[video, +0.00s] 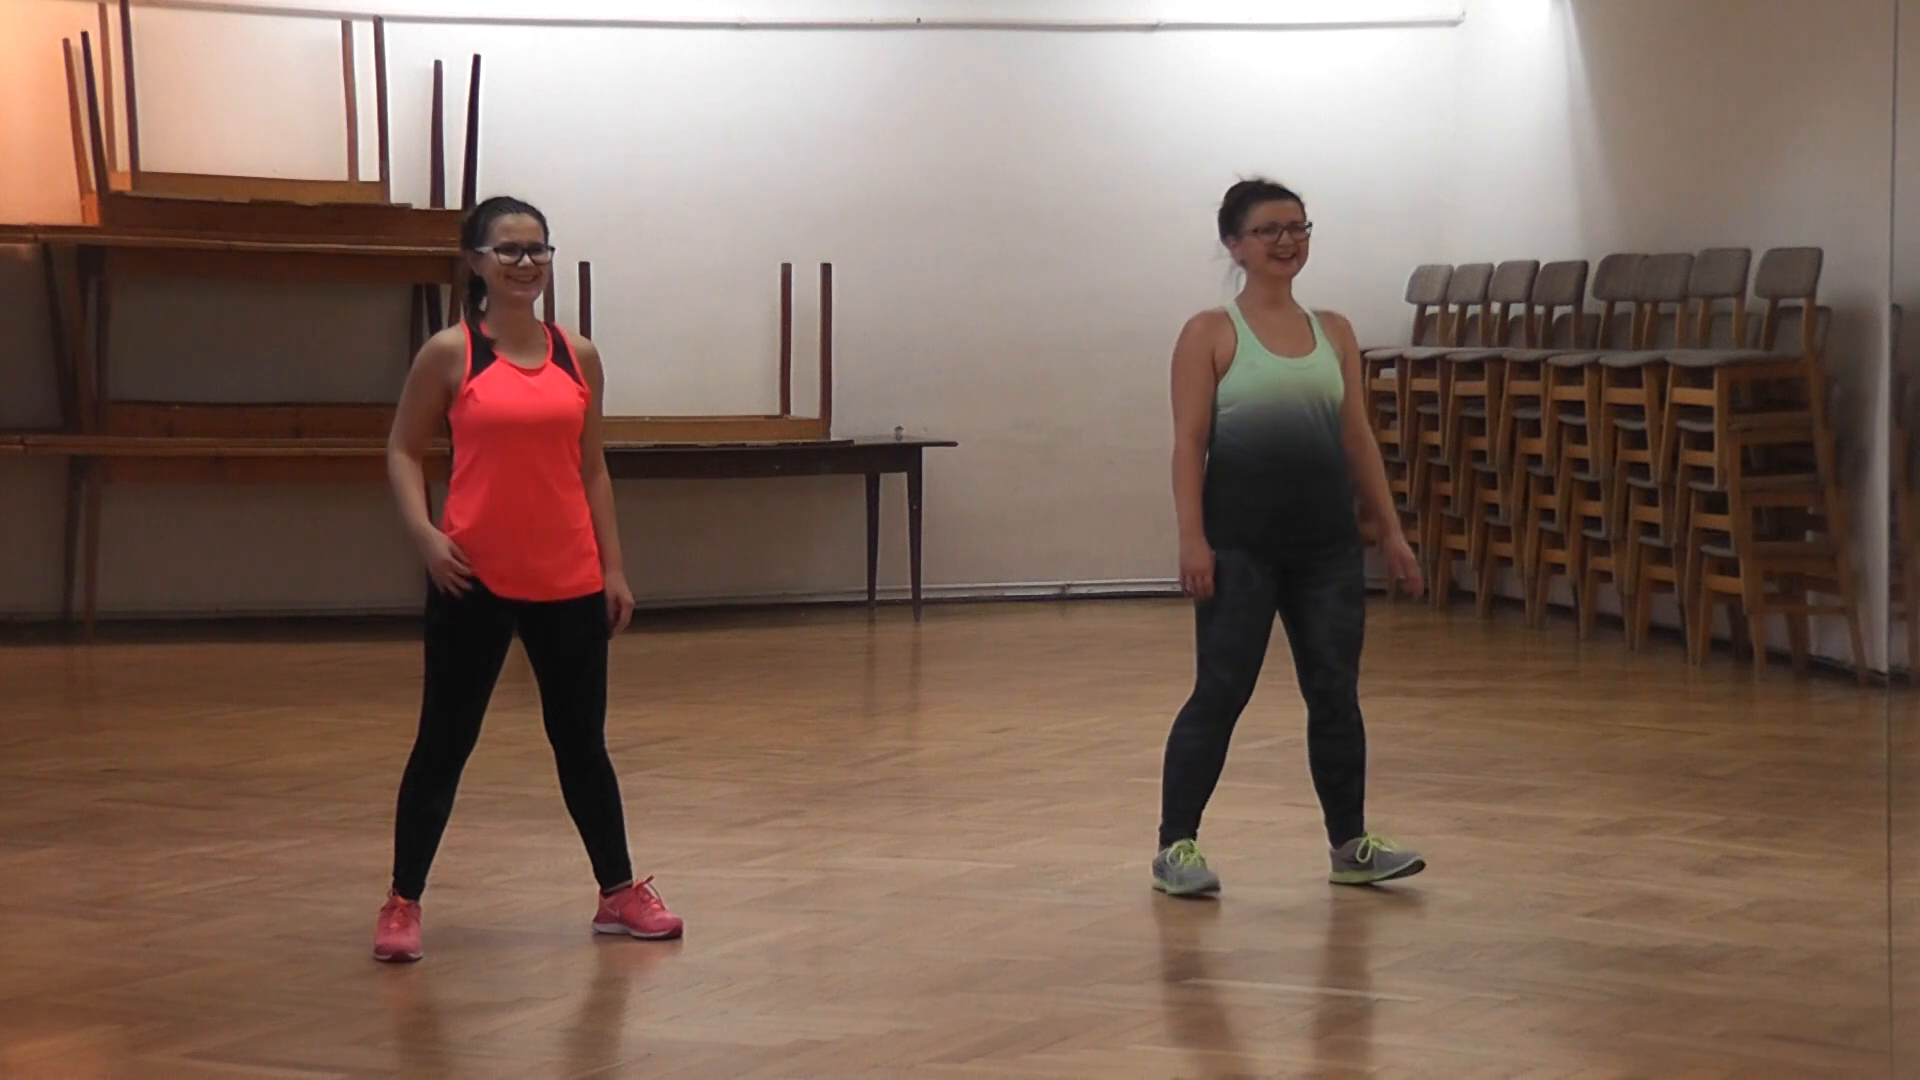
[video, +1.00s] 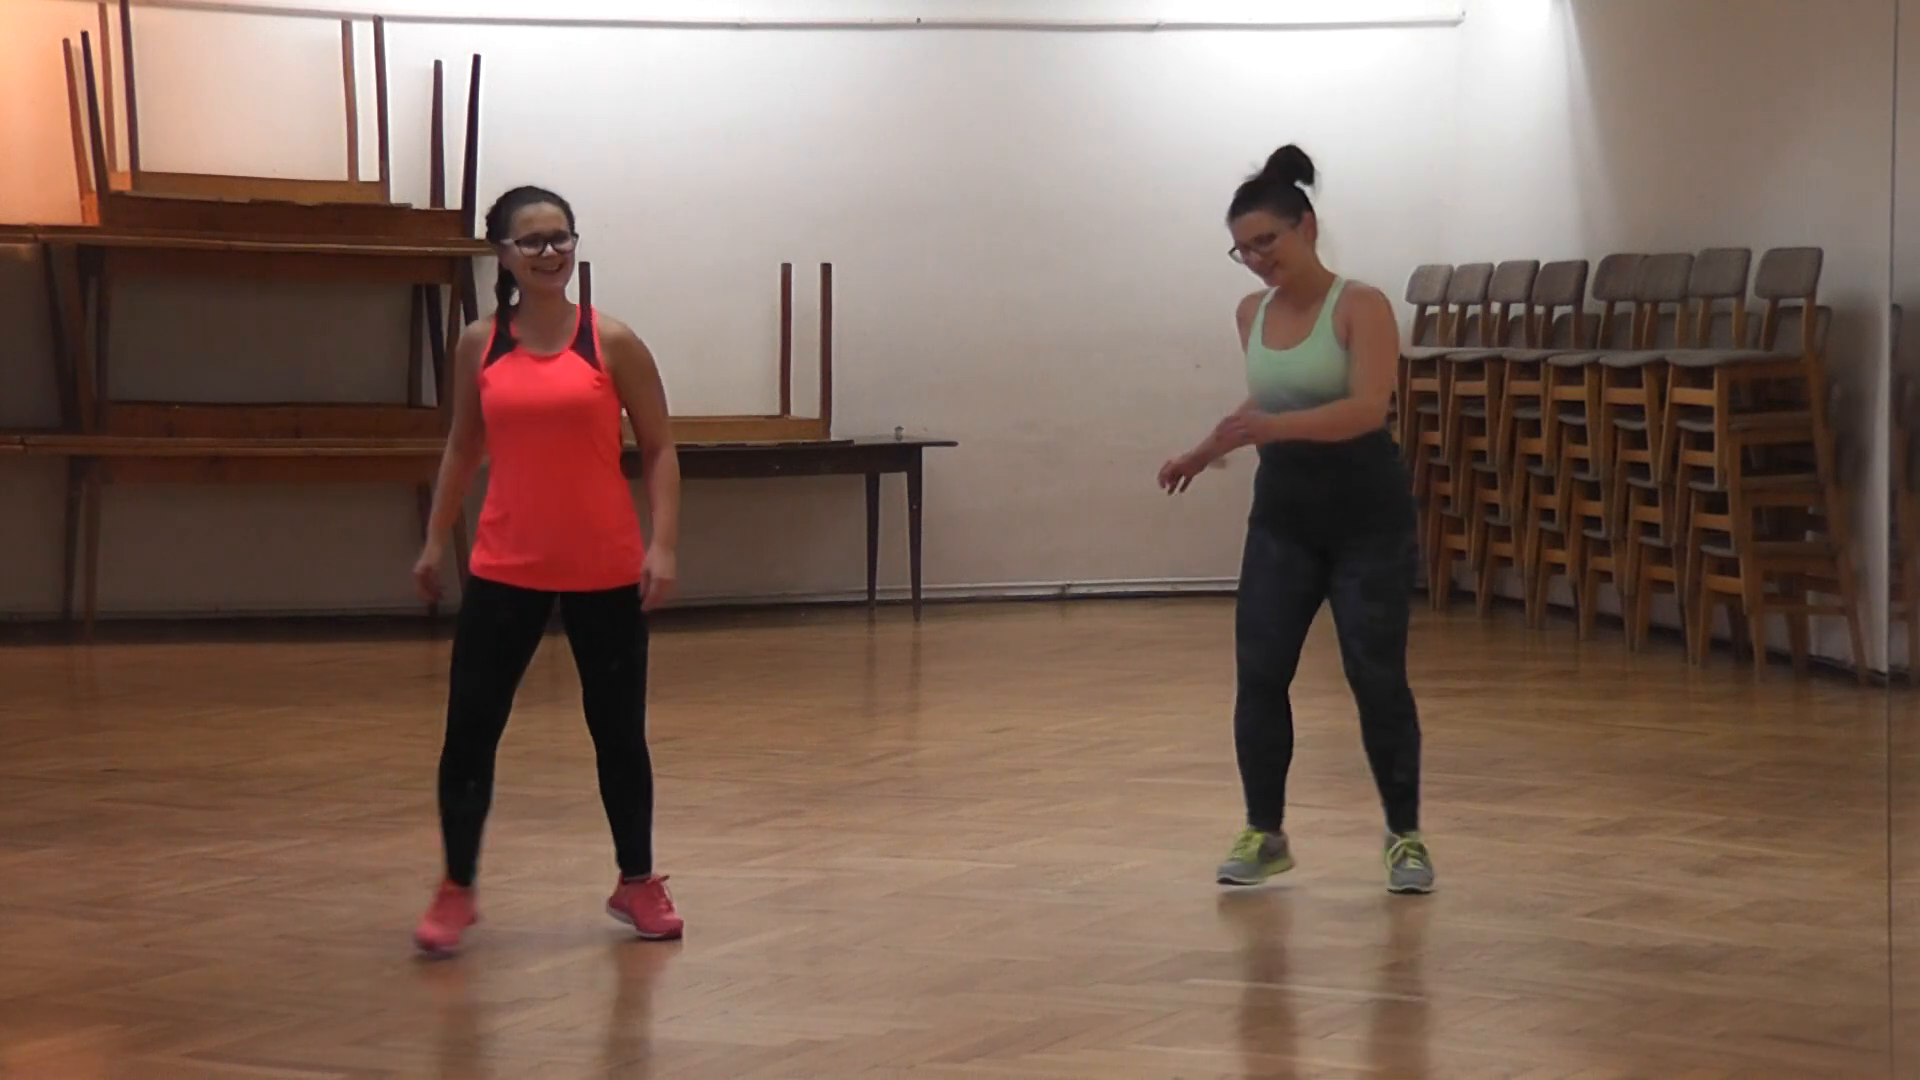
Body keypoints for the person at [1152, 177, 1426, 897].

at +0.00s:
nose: (1287, 241)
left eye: (1296, 228)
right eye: (1269, 231)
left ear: (1308, 237)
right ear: (1235, 244)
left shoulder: (1335, 332)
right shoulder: (1209, 333)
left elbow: (1359, 440)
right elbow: (1189, 443)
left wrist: (1391, 533)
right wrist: (1192, 538)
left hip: (1328, 546)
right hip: (1239, 548)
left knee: (1336, 696)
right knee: (1219, 696)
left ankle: (1350, 845)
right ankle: (1177, 846)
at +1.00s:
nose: (1255, 258)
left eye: (1265, 241)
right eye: (1244, 248)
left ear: (1307, 225)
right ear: (1238, 249)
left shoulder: (1363, 307)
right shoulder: (1254, 314)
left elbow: (1370, 409)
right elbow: (1268, 409)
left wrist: (1270, 427)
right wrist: (1205, 452)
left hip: (1367, 518)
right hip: (1283, 519)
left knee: (1377, 678)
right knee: (1259, 675)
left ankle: (1403, 836)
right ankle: (1265, 834)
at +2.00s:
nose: (1058, 244)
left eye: (1070, 231)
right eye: (1041, 232)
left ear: (1087, 239)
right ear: (1012, 240)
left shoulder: (1112, 331)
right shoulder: (973, 328)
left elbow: (1138, 435)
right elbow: (931, 430)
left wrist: (1098, 503)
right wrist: (908, 516)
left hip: (1088, 539)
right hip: (996, 541)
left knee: (1089, 703)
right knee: (974, 700)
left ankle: (1109, 868)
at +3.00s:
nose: (935, 271)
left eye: (942, 257)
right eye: (917, 259)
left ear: (946, 260)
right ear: (876, 266)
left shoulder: (895, 342)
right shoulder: (874, 344)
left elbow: (872, 460)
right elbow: (952, 441)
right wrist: (1062, 485)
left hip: (897, 571)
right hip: (844, 572)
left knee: (943, 706)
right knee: (811, 714)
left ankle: (851, 864)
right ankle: (701, 858)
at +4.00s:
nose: (1265, 243)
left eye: (1277, 228)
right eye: (1246, 232)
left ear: (1291, 233)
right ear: (1215, 241)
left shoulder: (1328, 322)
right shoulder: (1187, 330)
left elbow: (1368, 418)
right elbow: (1174, 433)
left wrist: (1350, 455)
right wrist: (1222, 460)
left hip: (1314, 533)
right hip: (1223, 537)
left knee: (1317, 702)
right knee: (1220, 703)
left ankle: (1333, 867)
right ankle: (1222, 838)